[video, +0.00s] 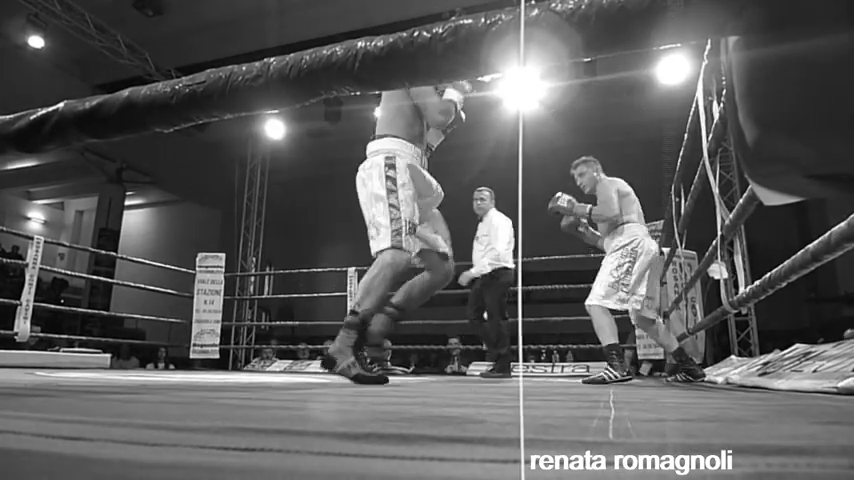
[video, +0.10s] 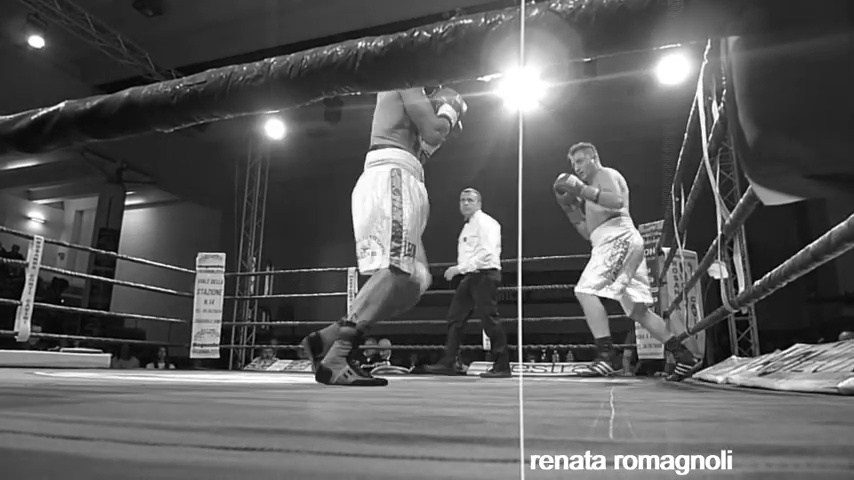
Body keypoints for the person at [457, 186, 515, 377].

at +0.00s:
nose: (477, 203)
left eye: (482, 200)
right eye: (475, 200)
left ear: (491, 202)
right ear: (473, 203)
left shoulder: (500, 221)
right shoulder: (484, 223)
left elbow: (498, 253)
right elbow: (486, 253)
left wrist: (473, 272)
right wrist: (475, 272)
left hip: (499, 272)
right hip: (485, 273)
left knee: (496, 316)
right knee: (474, 314)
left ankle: (503, 364)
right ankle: (495, 352)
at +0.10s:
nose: (465, 204)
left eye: (470, 200)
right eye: (463, 200)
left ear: (479, 203)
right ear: (459, 204)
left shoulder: (488, 224)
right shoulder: (468, 226)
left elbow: (486, 254)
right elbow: (470, 255)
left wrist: (458, 268)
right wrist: (459, 269)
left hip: (486, 274)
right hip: (470, 275)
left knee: (489, 318)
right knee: (456, 319)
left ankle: (502, 365)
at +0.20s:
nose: (455, 206)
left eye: (460, 202)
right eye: (453, 202)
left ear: (468, 206)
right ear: (449, 206)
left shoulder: (478, 226)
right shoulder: (455, 230)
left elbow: (480, 256)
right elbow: (458, 257)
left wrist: (452, 273)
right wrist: (450, 273)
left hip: (477, 277)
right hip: (459, 278)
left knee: (485, 320)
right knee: (446, 322)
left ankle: (501, 366)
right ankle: (420, 363)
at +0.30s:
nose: (444, 207)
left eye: (448, 203)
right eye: (441, 203)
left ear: (457, 207)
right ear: (437, 207)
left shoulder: (467, 228)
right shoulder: (444, 230)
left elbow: (470, 258)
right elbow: (446, 257)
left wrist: (450, 278)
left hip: (462, 279)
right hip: (444, 279)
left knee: (475, 321)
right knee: (430, 322)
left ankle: (498, 363)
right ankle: (414, 365)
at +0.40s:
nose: (429, 204)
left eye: (433, 201)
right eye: (427, 201)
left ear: (440, 205)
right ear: (422, 203)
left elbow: (456, 256)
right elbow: (414, 254)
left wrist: (450, 282)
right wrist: (411, 279)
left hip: (439, 275)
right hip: (421, 275)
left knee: (441, 318)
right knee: (419, 318)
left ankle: (479, 352)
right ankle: (415, 360)